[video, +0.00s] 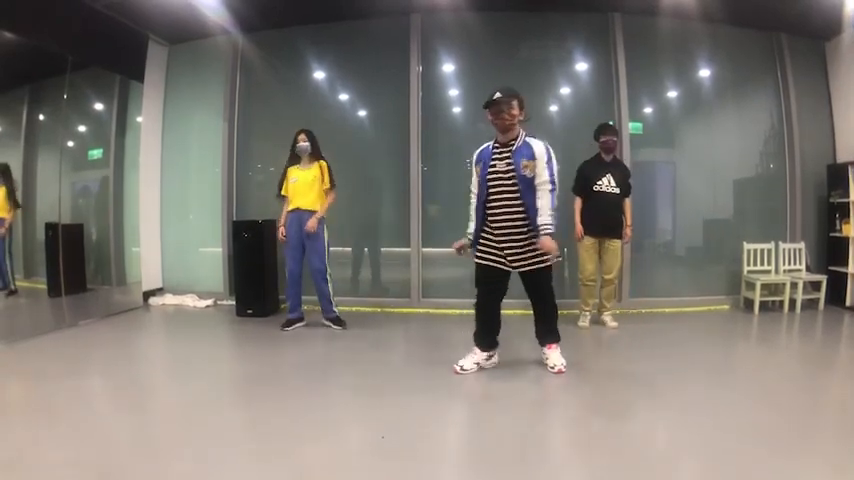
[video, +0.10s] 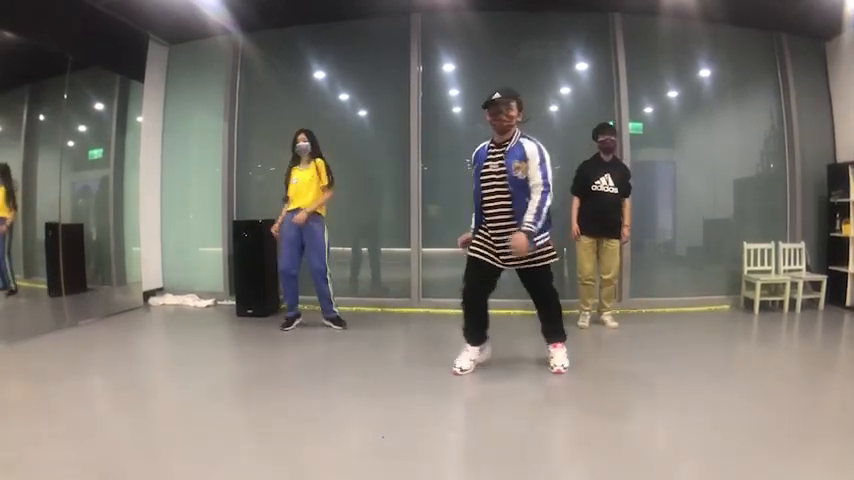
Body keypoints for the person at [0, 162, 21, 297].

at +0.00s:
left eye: (0, 173)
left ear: (3, 174)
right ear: (8, 173)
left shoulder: (6, 189)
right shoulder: (7, 188)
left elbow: (12, 208)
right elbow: (12, 208)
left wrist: (5, 225)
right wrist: (6, 224)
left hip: (4, 222)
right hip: (4, 222)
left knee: (5, 254)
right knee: (5, 254)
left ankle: (11, 285)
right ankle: (5, 283)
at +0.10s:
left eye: (0, 173)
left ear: (3, 174)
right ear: (7, 173)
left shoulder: (7, 188)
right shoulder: (9, 188)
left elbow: (13, 208)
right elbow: (13, 208)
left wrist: (7, 223)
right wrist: (7, 223)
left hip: (4, 221)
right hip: (4, 221)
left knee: (5, 254)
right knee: (4, 254)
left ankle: (12, 284)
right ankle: (5, 283)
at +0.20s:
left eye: (0, 172)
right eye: (1, 172)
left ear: (3, 172)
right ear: (7, 172)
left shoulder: (7, 186)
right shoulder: (8, 186)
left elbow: (15, 204)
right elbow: (15, 204)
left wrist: (10, 218)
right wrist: (10, 217)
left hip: (6, 219)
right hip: (5, 218)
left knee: (4, 251)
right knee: (3, 251)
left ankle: (13, 282)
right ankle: (5, 282)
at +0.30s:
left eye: (1, 175)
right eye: (1, 174)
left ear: (5, 175)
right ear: (8, 175)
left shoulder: (11, 189)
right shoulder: (5, 189)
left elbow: (18, 207)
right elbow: (18, 207)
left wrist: (9, 217)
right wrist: (8, 217)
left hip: (7, 221)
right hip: (3, 221)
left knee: (5, 254)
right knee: (3, 254)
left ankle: (15, 287)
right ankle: (5, 283)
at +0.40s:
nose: (0, 177)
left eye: (1, 174)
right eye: (1, 174)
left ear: (5, 175)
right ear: (7, 174)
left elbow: (13, 205)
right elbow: (9, 205)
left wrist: (5, 216)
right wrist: (5, 215)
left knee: (9, 254)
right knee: (4, 254)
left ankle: (17, 286)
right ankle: (5, 280)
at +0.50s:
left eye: (1, 175)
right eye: (1, 175)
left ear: (6, 176)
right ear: (9, 175)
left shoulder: (9, 190)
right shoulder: (11, 189)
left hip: (7, 220)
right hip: (6, 220)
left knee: (9, 253)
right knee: (6, 253)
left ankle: (18, 287)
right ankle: (17, 285)